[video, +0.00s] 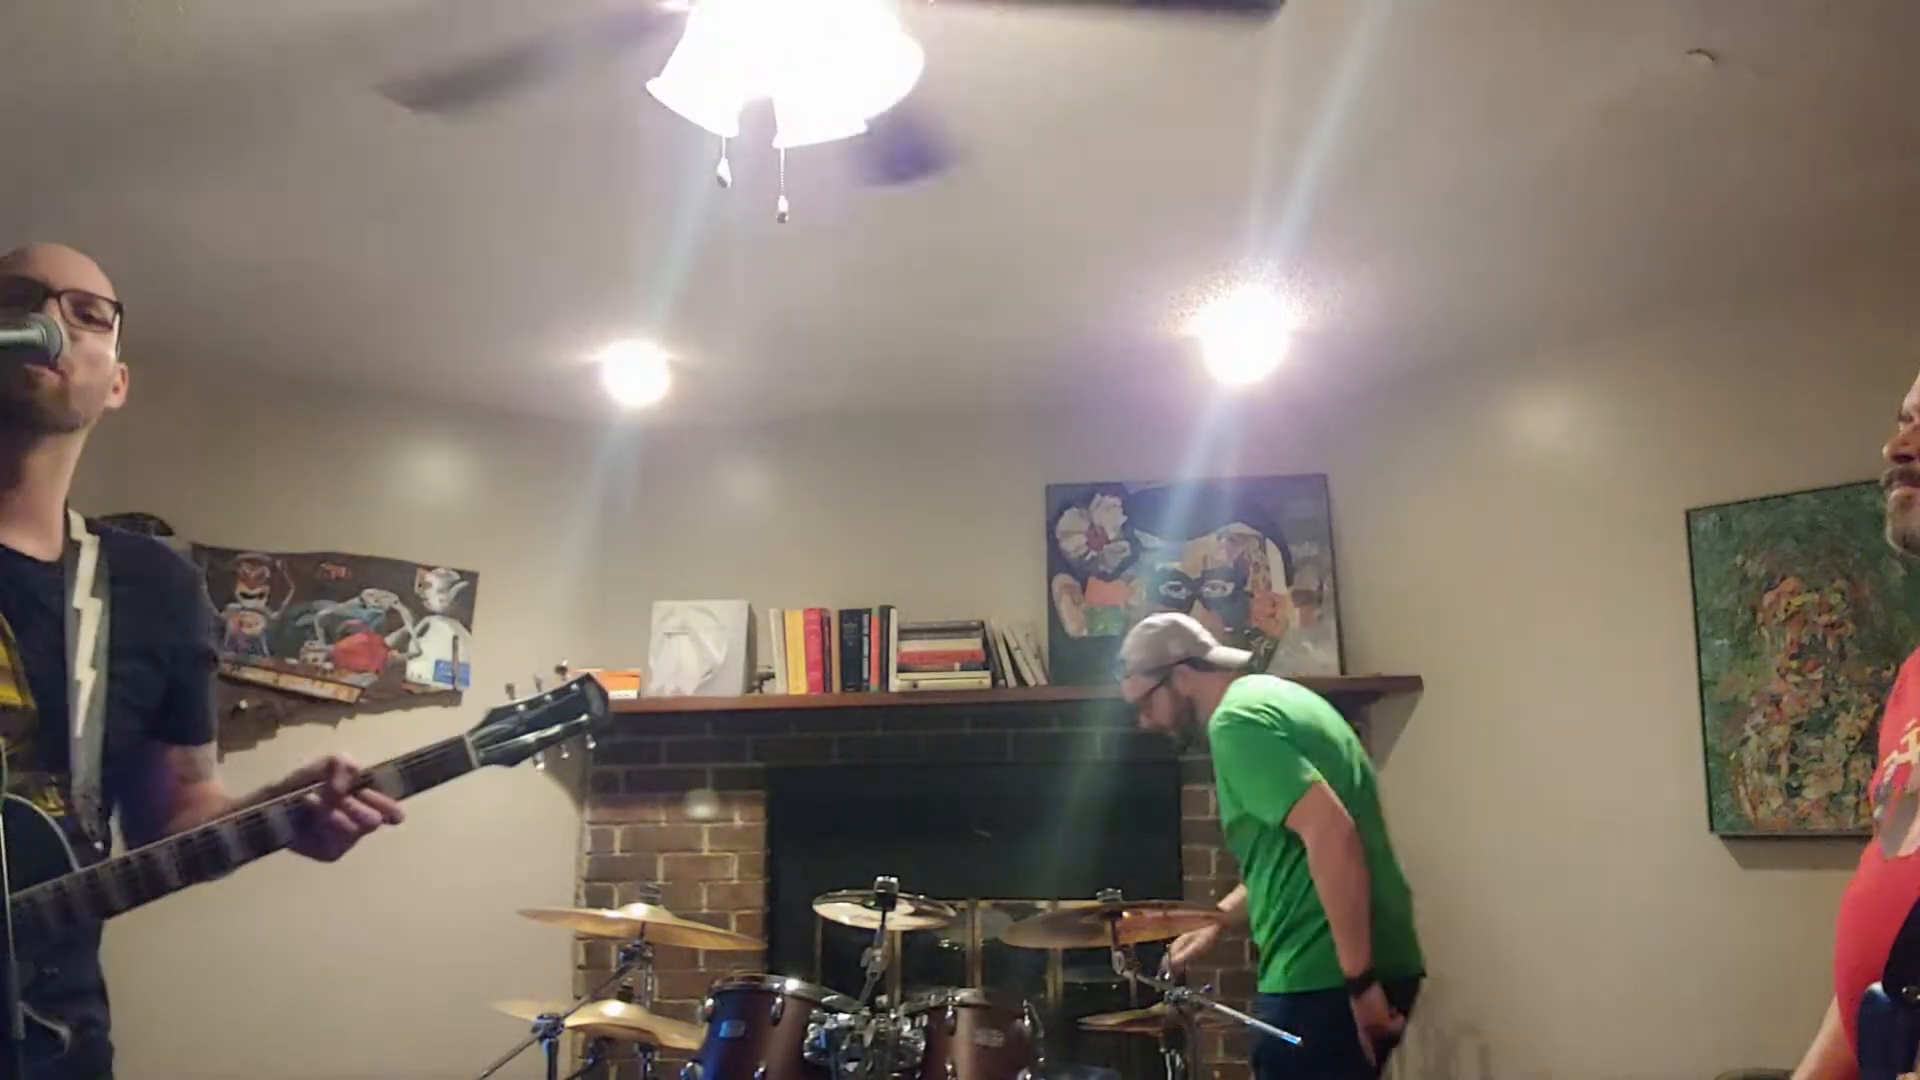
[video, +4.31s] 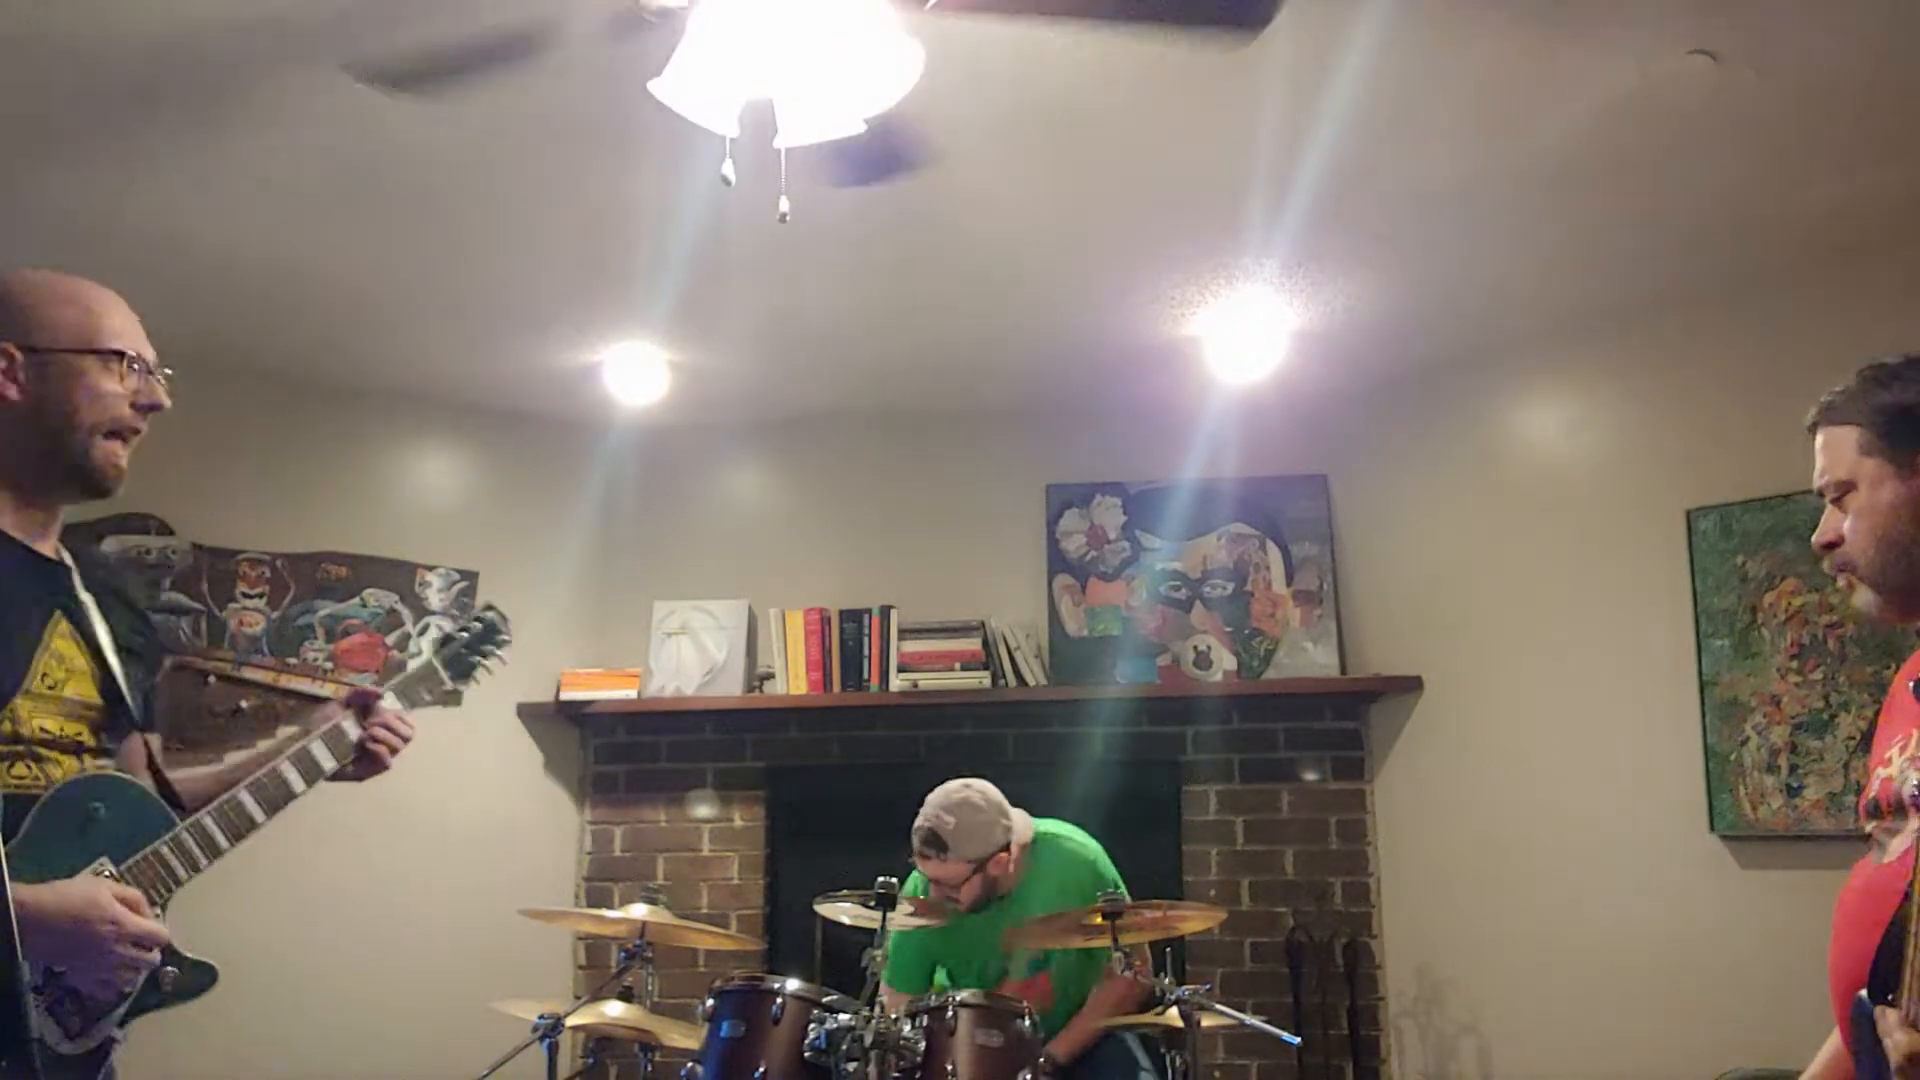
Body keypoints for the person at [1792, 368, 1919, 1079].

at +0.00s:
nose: (1900, 444)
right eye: (1902, 423)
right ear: (1894, 439)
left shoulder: (1910, 674)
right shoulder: (1909, 675)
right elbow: (1887, 898)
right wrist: (1818, 1066)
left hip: (1903, 1052)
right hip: (1873, 1050)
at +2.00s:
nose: (1849, 500)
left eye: (1874, 464)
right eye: (1855, 470)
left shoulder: (1910, 674)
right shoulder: (1908, 674)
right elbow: (1879, 906)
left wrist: (1816, 1065)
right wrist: (1811, 1068)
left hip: (1900, 1055)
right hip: (1860, 1049)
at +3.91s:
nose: (1820, 537)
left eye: (1839, 497)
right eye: (1821, 507)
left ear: (1915, 479)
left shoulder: (1909, 682)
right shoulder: (1903, 685)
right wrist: (1820, 1063)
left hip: (1906, 1051)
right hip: (1878, 1050)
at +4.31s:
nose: (1822, 536)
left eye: (1842, 496)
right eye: (1824, 504)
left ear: (1917, 479)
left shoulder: (1912, 681)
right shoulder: (1909, 683)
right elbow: (1897, 902)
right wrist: (1828, 1060)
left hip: (1905, 1045)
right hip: (1880, 1046)